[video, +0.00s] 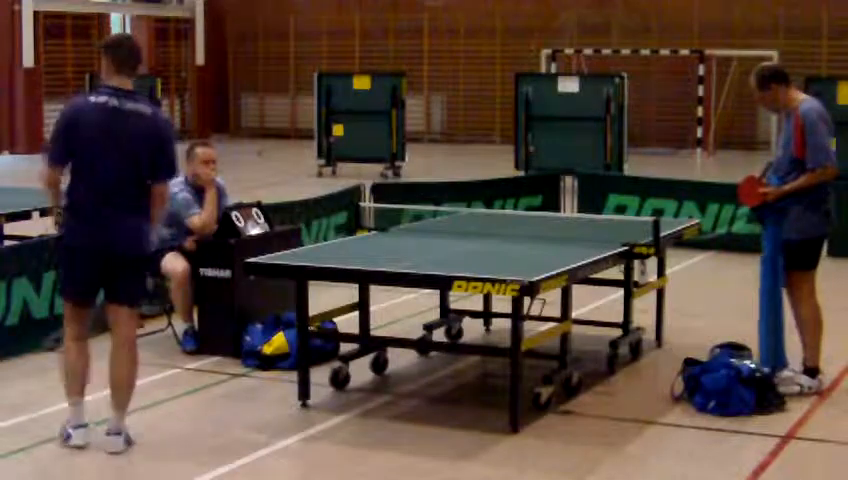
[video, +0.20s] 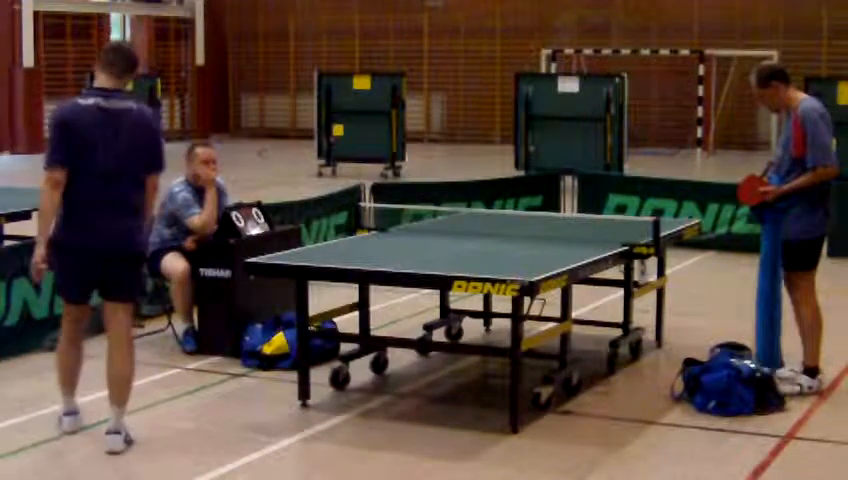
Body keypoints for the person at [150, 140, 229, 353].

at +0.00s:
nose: (211, 169)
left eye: (214, 163)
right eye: (205, 163)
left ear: (217, 164)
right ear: (190, 166)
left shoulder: (218, 187)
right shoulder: (177, 190)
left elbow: (221, 222)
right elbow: (203, 226)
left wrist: (198, 237)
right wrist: (211, 190)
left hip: (200, 239)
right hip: (168, 242)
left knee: (227, 261)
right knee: (180, 270)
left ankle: (223, 319)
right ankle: (188, 326)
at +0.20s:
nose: (212, 168)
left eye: (214, 163)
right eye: (206, 163)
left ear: (217, 164)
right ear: (191, 167)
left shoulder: (217, 187)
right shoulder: (179, 192)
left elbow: (222, 222)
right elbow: (204, 226)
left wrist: (197, 237)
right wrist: (210, 189)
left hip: (199, 241)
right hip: (167, 244)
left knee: (226, 262)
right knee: (181, 270)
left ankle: (220, 321)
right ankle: (188, 326)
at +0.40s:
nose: (212, 168)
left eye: (214, 163)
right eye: (206, 163)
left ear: (217, 164)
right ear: (191, 167)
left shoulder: (217, 187)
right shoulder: (178, 192)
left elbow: (224, 222)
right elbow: (205, 226)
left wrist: (196, 237)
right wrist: (211, 189)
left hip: (199, 241)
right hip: (166, 245)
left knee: (227, 262)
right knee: (181, 270)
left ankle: (221, 320)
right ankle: (188, 327)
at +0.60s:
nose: (212, 168)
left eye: (214, 163)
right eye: (205, 163)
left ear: (217, 165)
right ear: (190, 166)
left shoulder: (217, 188)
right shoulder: (179, 192)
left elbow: (223, 223)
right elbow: (205, 226)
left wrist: (198, 237)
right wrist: (211, 189)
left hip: (199, 240)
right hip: (166, 244)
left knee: (226, 262)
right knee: (181, 269)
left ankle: (220, 320)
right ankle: (188, 326)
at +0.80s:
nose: (212, 168)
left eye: (214, 163)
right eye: (205, 163)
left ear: (216, 165)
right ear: (190, 166)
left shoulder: (217, 188)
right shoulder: (179, 192)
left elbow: (223, 224)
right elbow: (205, 226)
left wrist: (197, 237)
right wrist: (211, 189)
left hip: (199, 241)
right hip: (166, 244)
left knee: (226, 262)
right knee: (181, 269)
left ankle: (220, 320)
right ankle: (188, 327)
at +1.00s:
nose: (212, 168)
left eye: (214, 163)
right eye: (206, 163)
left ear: (217, 164)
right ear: (190, 166)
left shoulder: (218, 187)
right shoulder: (179, 192)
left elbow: (224, 223)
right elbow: (205, 226)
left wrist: (197, 237)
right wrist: (211, 189)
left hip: (199, 241)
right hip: (166, 244)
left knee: (226, 262)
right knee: (181, 269)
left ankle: (221, 320)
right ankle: (188, 327)